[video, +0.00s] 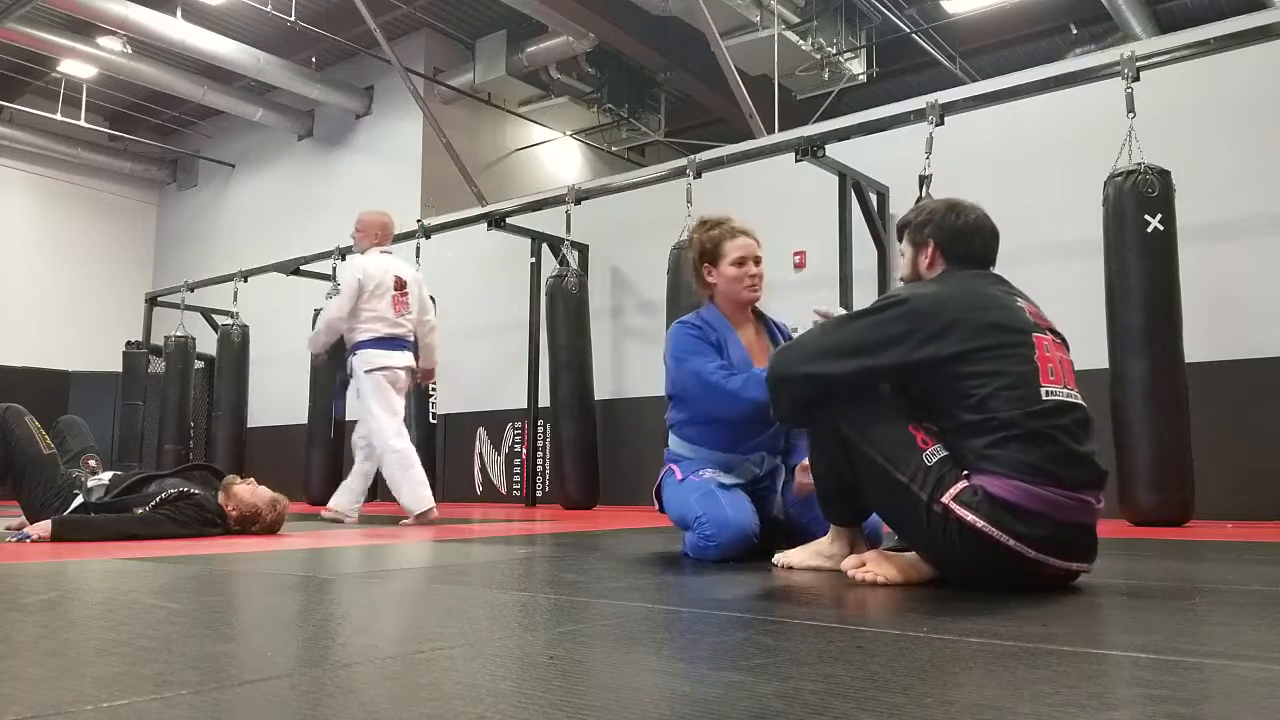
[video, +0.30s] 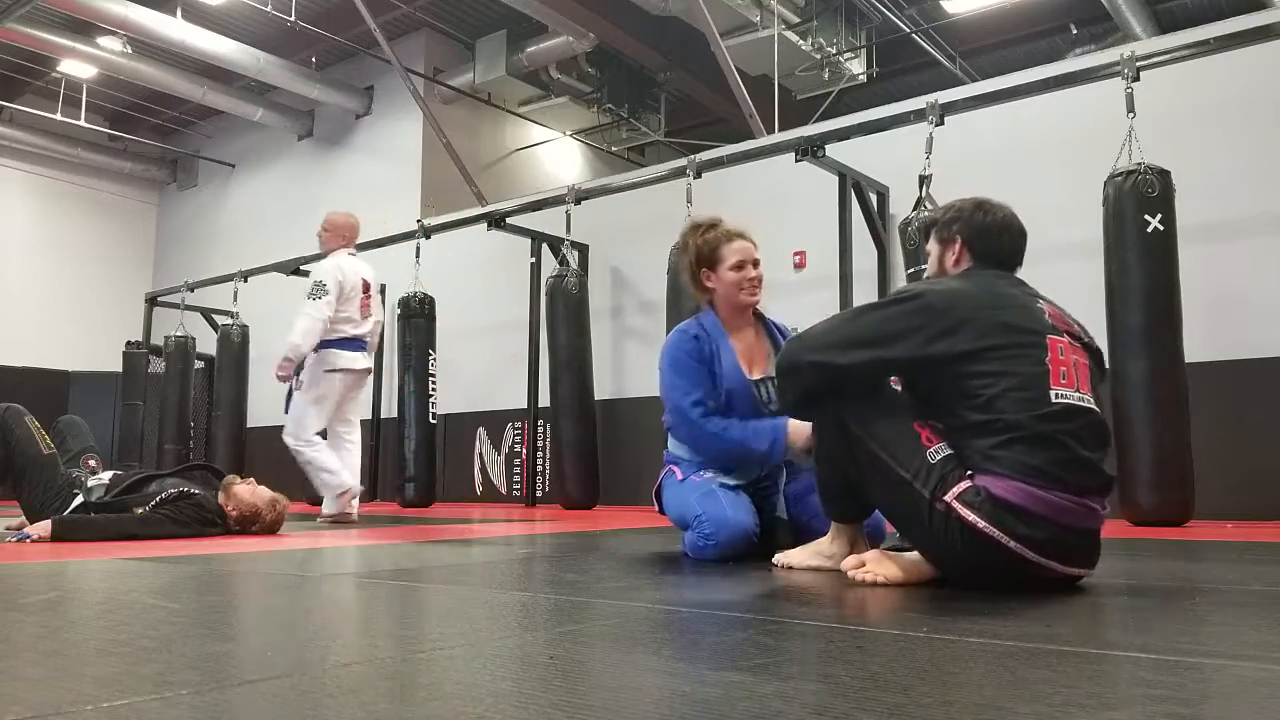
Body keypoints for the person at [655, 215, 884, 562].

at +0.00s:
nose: (754, 272)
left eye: (757, 262)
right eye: (740, 264)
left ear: (764, 266)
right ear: (710, 274)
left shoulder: (781, 336)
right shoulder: (688, 334)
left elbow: (798, 415)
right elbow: (723, 394)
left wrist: (802, 463)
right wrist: (798, 376)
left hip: (773, 473)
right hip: (700, 472)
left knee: (865, 528)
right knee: (735, 533)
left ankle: (770, 530)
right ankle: (696, 542)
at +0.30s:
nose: (754, 275)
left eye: (756, 265)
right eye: (739, 267)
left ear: (763, 266)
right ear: (709, 279)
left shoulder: (784, 338)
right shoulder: (686, 342)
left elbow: (813, 400)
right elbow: (695, 431)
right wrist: (785, 432)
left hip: (778, 472)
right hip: (702, 474)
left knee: (869, 526)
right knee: (733, 532)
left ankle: (768, 525)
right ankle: (697, 541)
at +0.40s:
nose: (762, 276)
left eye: (764, 266)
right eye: (747, 270)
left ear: (770, 269)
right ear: (717, 281)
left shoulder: (792, 341)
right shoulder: (690, 344)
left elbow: (824, 407)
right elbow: (677, 435)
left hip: (773, 474)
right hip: (701, 475)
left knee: (875, 526)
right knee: (732, 533)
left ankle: (774, 530)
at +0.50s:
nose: (775, 276)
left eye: (778, 266)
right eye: (760, 268)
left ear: (784, 269)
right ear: (730, 279)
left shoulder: (799, 340)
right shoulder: (695, 341)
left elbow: (833, 401)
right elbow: (664, 418)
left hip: (778, 475)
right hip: (704, 477)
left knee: (876, 527)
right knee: (733, 534)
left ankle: (776, 529)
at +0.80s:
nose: (827, 284)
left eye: (830, 276)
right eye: (814, 273)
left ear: (833, 281)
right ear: (779, 280)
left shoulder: (828, 349)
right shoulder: (731, 334)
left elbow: (852, 414)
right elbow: (681, 417)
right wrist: (713, 405)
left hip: (779, 475)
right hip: (705, 469)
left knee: (876, 529)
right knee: (731, 538)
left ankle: (777, 524)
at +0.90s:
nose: (839, 287)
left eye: (843, 277)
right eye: (828, 274)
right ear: (792, 276)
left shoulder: (837, 347)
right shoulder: (739, 332)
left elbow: (855, 412)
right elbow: (708, 411)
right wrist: (752, 391)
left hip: (785, 469)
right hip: (708, 464)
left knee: (877, 530)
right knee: (729, 539)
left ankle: (783, 526)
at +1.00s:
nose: (846, 289)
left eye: (848, 279)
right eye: (837, 276)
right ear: (799, 273)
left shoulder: (835, 342)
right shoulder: (741, 331)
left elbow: (860, 412)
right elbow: (744, 404)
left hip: (788, 466)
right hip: (710, 461)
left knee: (881, 532)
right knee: (730, 539)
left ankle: (783, 519)